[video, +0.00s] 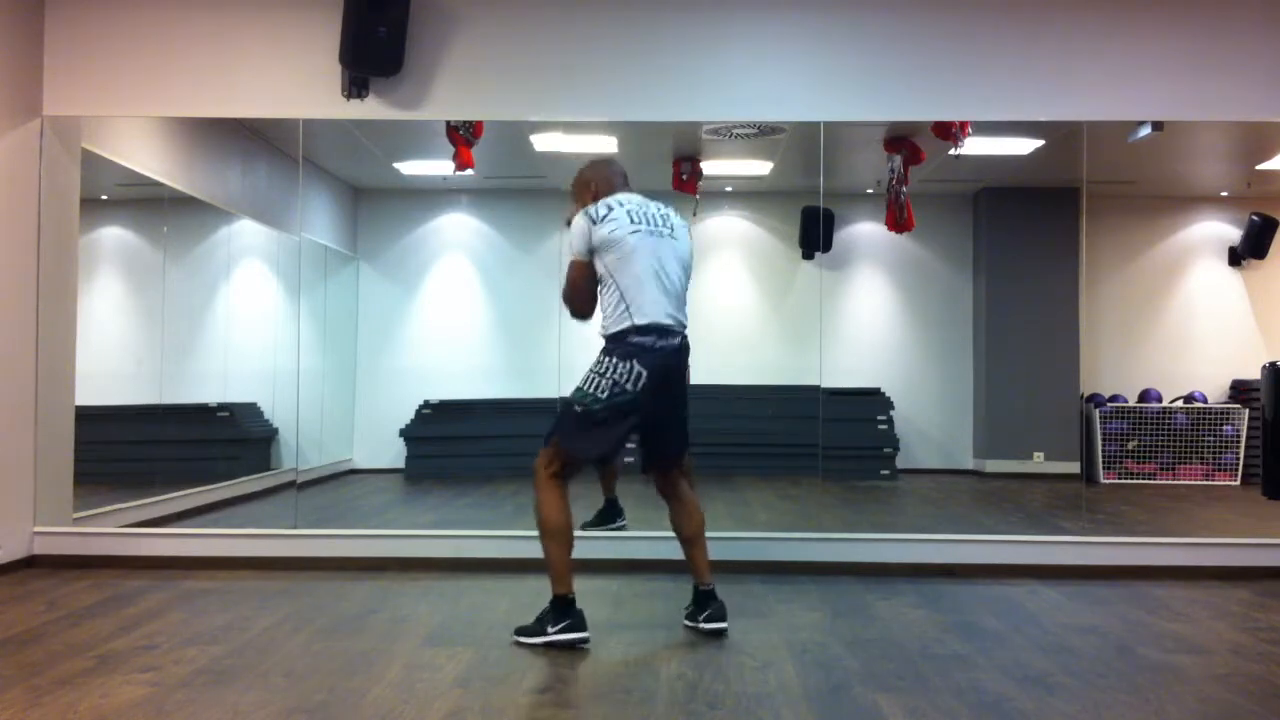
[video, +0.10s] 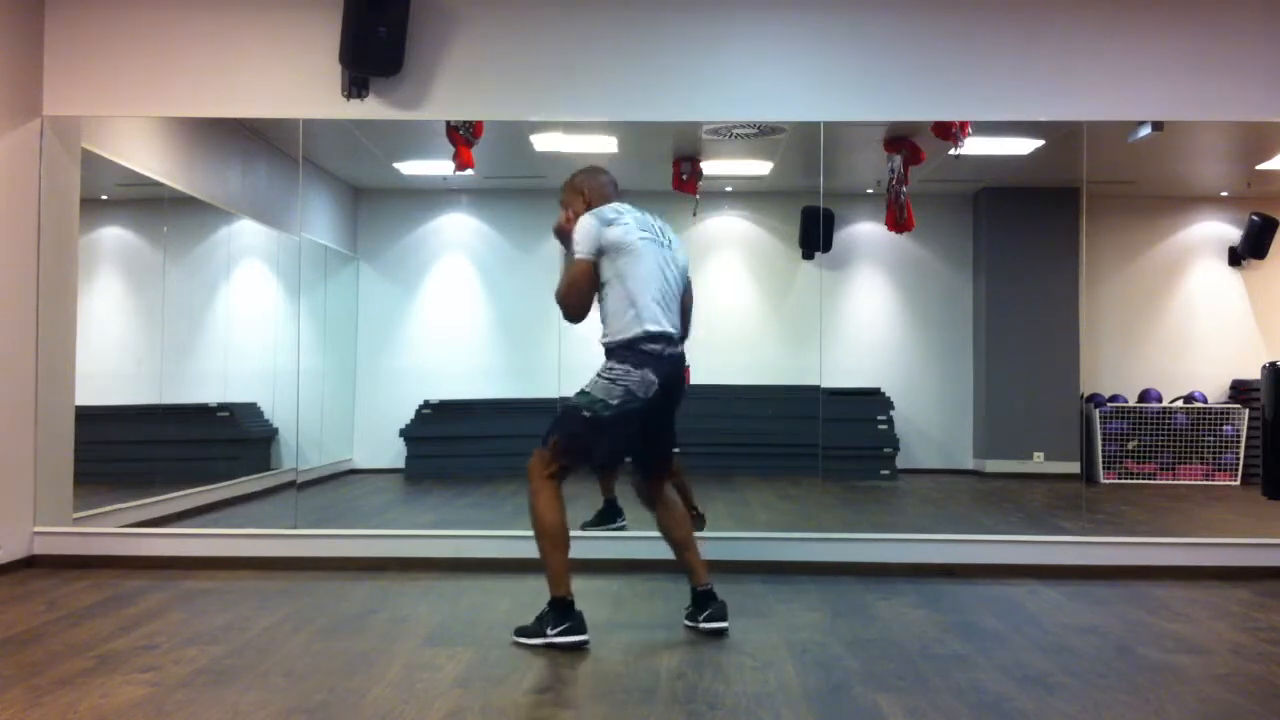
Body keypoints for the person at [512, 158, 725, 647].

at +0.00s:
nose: (577, 211)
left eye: (577, 204)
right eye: (576, 205)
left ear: (592, 190)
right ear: (623, 184)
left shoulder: (593, 215)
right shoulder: (675, 220)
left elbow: (580, 305)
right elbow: (674, 290)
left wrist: (580, 253)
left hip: (629, 356)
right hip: (675, 357)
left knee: (550, 467)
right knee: (672, 476)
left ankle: (562, 608)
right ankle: (706, 597)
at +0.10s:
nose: (567, 219)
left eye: (568, 210)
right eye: (566, 212)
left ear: (584, 198)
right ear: (611, 192)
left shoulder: (596, 220)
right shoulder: (665, 233)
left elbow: (574, 308)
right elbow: (682, 323)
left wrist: (572, 246)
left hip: (629, 369)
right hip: (671, 370)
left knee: (543, 470)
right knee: (653, 483)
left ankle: (561, 611)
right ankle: (705, 596)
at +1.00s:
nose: (590, 163)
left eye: (595, 154)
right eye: (591, 155)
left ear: (622, 156)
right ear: (633, 155)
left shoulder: (637, 199)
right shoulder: (659, 200)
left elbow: (577, 268)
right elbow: (600, 272)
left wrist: (578, 195)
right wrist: (590, 207)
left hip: (642, 350)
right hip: (664, 349)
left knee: (570, 464)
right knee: (669, 475)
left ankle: (564, 610)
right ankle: (722, 595)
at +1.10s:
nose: (594, 157)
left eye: (598, 148)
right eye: (595, 148)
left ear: (620, 148)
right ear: (644, 147)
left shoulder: (617, 194)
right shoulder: (678, 199)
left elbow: (566, 264)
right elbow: (648, 248)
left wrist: (575, 195)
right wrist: (603, 193)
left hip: (636, 342)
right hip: (674, 343)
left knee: (573, 464)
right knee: (681, 472)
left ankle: (564, 608)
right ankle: (723, 596)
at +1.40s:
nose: (577, 179)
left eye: (584, 169)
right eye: (579, 169)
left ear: (614, 176)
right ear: (623, 175)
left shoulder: (636, 220)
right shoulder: (645, 216)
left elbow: (580, 289)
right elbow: (591, 286)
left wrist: (575, 216)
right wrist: (583, 218)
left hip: (634, 369)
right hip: (655, 368)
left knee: (549, 468)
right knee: (663, 490)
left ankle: (561, 611)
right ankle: (743, 593)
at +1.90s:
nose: (501, 253)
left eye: (505, 242)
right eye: (499, 243)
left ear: (534, 240)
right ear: (537, 240)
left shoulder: (583, 278)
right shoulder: (552, 284)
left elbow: (562, 366)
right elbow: (528, 363)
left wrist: (515, 303)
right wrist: (506, 301)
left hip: (613, 413)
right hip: (605, 411)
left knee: (494, 475)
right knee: (578, 525)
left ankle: (517, 615)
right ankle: (692, 575)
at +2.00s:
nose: (483, 260)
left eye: (488, 249)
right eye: (481, 251)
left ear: (519, 247)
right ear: (519, 248)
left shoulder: (570, 290)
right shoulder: (528, 292)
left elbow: (547, 371)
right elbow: (516, 367)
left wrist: (501, 309)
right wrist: (491, 307)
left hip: (603, 412)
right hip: (582, 410)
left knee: (484, 477)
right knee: (549, 518)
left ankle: (515, 615)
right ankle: (661, 565)